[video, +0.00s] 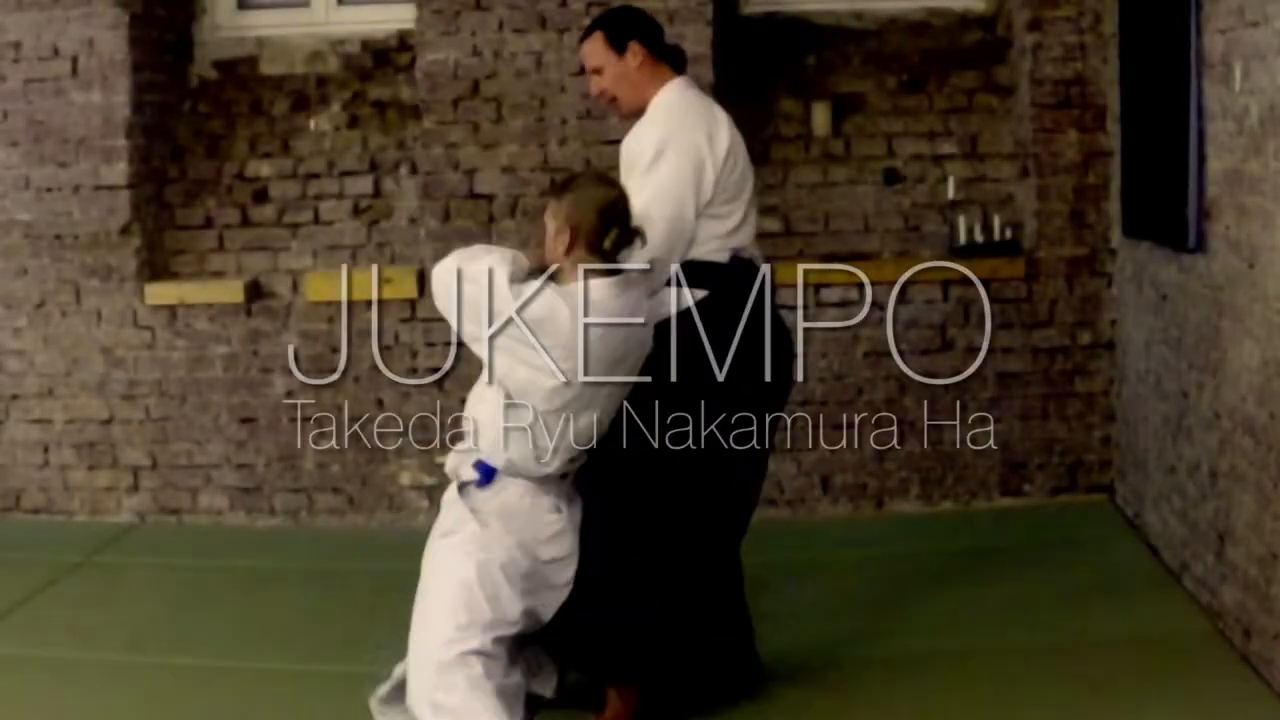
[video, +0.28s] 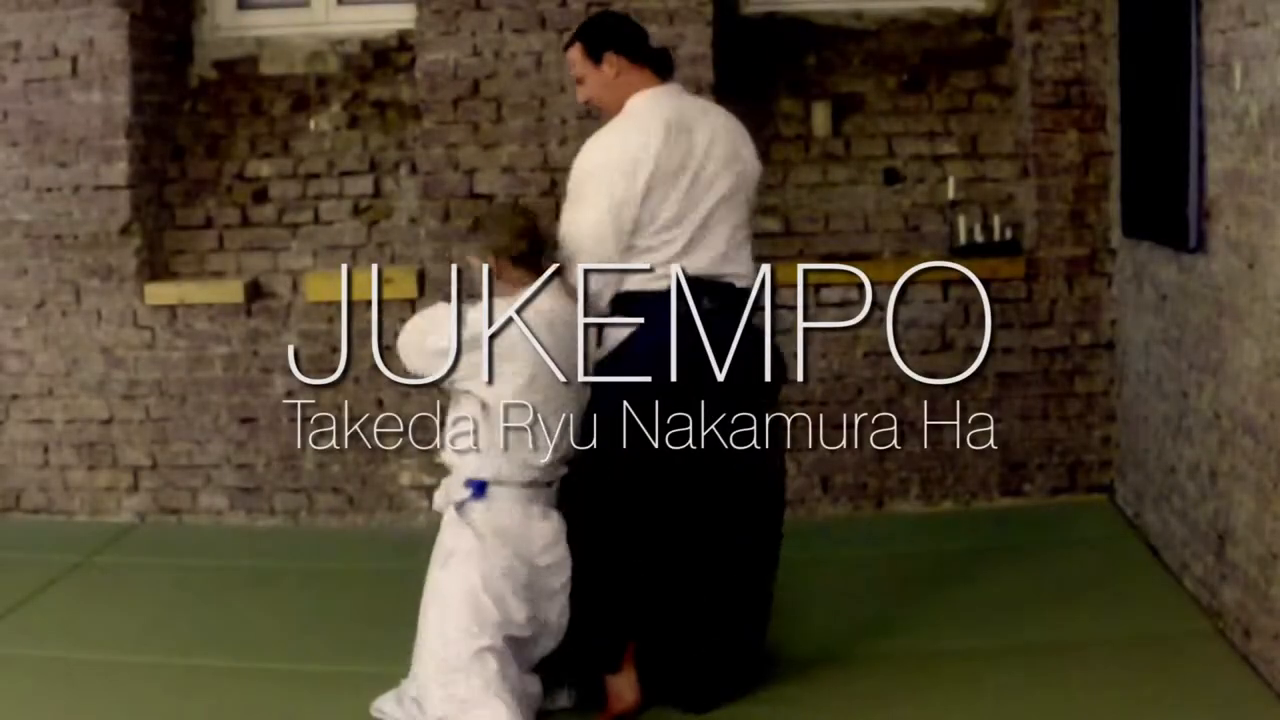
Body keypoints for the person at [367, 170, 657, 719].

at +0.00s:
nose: (543, 235)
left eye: (548, 225)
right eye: (547, 224)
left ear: (566, 238)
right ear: (617, 238)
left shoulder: (544, 316)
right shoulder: (634, 311)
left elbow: (454, 274)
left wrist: (528, 263)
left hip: (490, 521)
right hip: (556, 516)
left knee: (445, 680)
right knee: (495, 668)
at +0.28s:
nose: (483, 270)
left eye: (485, 261)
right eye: (483, 262)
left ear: (495, 264)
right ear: (546, 256)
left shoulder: (492, 324)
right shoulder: (575, 322)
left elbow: (413, 343)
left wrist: (479, 303)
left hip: (480, 527)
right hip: (544, 525)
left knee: (460, 679)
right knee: (512, 671)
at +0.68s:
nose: (435, 269)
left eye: (434, 259)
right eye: (433, 260)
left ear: (446, 256)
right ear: (492, 247)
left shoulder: (461, 298)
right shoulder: (534, 298)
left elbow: (394, 341)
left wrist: (430, 295)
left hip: (476, 486)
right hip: (531, 484)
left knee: (477, 629)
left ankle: (498, 706)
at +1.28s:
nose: (419, 282)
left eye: (419, 271)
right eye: (416, 272)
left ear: (434, 265)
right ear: (475, 258)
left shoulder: (444, 302)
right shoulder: (516, 314)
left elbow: (372, 381)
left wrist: (416, 315)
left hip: (464, 488)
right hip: (516, 486)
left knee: (459, 635)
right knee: (504, 634)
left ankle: (479, 709)